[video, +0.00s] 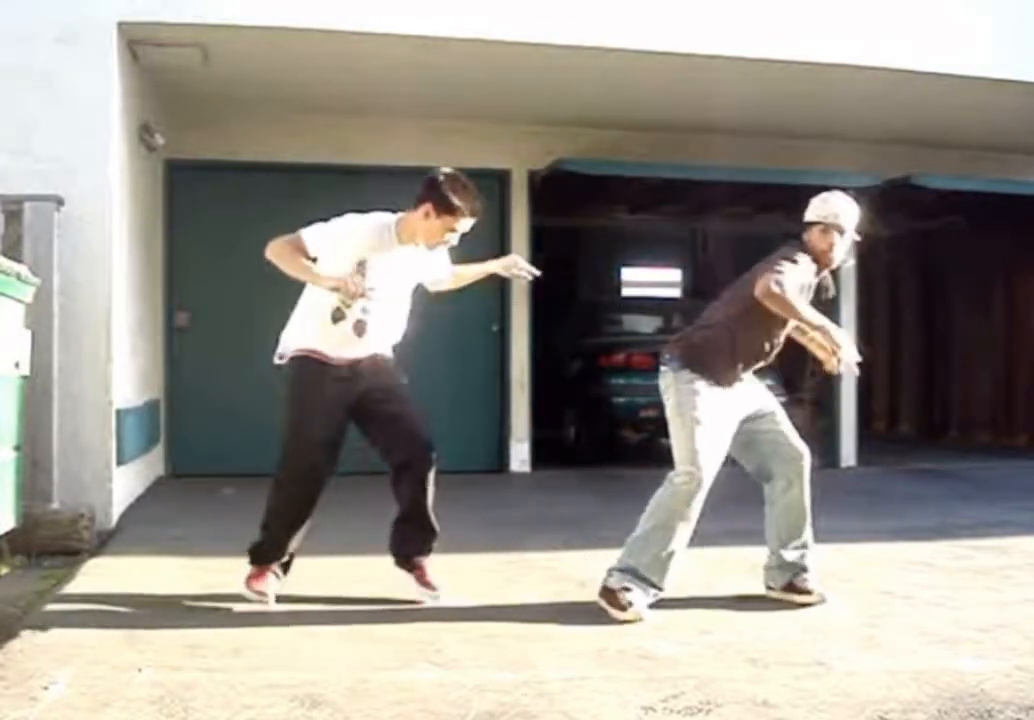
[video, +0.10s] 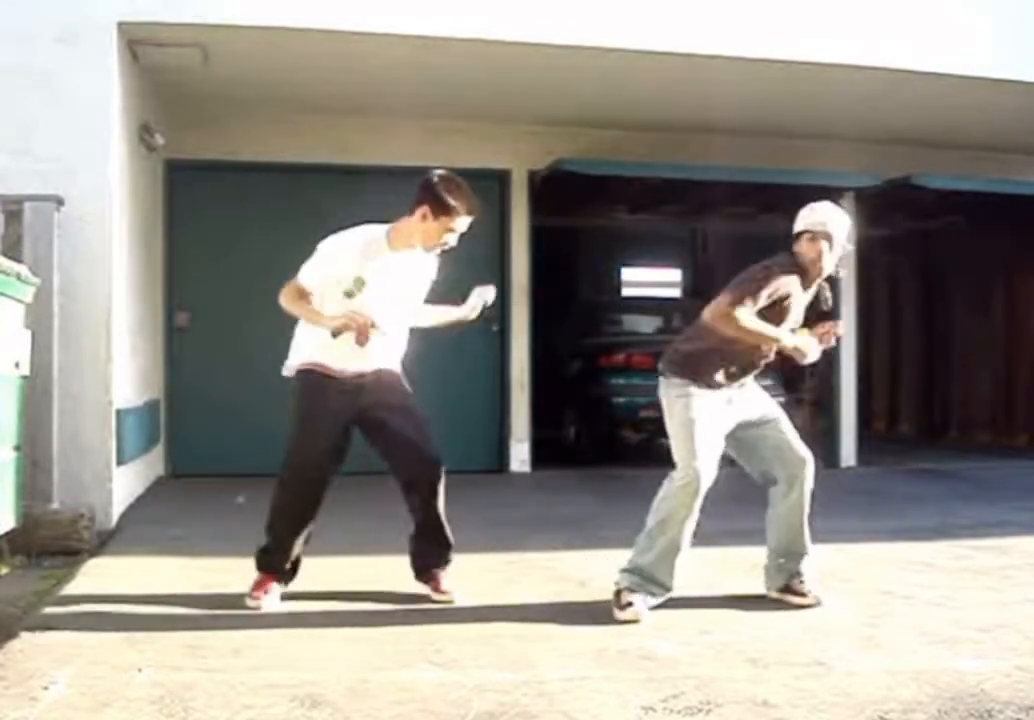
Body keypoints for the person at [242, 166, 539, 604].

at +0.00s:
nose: (448, 241)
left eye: (455, 234)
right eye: (448, 230)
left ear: (437, 216)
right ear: (425, 210)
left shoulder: (430, 251)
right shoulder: (361, 229)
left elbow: (441, 281)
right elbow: (278, 250)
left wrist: (495, 267)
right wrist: (327, 279)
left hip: (373, 364)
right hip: (318, 362)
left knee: (417, 453)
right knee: (307, 465)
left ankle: (413, 554)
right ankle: (266, 564)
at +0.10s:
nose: (453, 241)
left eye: (458, 233)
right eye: (451, 230)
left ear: (430, 218)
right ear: (424, 215)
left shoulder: (426, 263)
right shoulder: (348, 246)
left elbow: (404, 313)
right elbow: (289, 295)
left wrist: (462, 313)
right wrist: (333, 320)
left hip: (381, 377)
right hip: (324, 375)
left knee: (424, 467)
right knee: (306, 471)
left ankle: (432, 569)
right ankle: (271, 573)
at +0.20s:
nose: (420, 231)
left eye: (429, 223)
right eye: (414, 218)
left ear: (435, 224)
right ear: (388, 204)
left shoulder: (422, 273)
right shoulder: (334, 256)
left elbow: (430, 340)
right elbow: (305, 335)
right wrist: (339, 305)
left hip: (390, 399)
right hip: (331, 398)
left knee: (431, 485)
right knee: (311, 486)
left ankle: (427, 572)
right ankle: (269, 581)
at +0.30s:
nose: (406, 219)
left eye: (416, 211)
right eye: (400, 206)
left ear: (424, 214)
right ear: (377, 198)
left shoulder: (420, 266)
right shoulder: (329, 250)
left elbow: (441, 346)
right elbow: (301, 334)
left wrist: (389, 352)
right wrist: (331, 285)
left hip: (391, 396)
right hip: (330, 393)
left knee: (430, 485)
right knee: (310, 484)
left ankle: (427, 574)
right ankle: (272, 580)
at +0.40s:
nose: (362, 160)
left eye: (372, 151)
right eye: (356, 149)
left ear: (391, 155)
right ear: (344, 149)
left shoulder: (403, 208)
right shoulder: (321, 201)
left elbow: (403, 273)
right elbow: (277, 270)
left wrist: (344, 232)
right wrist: (314, 254)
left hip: (388, 368)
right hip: (325, 363)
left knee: (415, 470)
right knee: (290, 468)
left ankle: (429, 568)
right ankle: (270, 574)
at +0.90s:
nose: (342, 125)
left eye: (352, 117)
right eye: (335, 116)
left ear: (370, 124)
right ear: (323, 122)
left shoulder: (386, 183)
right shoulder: (307, 186)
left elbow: (390, 258)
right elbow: (293, 270)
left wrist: (317, 242)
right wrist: (286, 246)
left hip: (366, 349)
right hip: (307, 342)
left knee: (383, 470)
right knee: (274, 453)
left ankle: (419, 564)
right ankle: (269, 565)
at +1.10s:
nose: (385, 134)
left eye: (393, 125)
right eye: (376, 123)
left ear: (403, 128)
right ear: (356, 124)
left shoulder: (419, 177)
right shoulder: (329, 176)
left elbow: (488, 215)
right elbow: (276, 196)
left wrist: (466, 176)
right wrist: (244, 198)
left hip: (400, 337)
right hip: (341, 334)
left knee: (419, 455)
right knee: (309, 452)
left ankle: (442, 562)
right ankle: (280, 573)